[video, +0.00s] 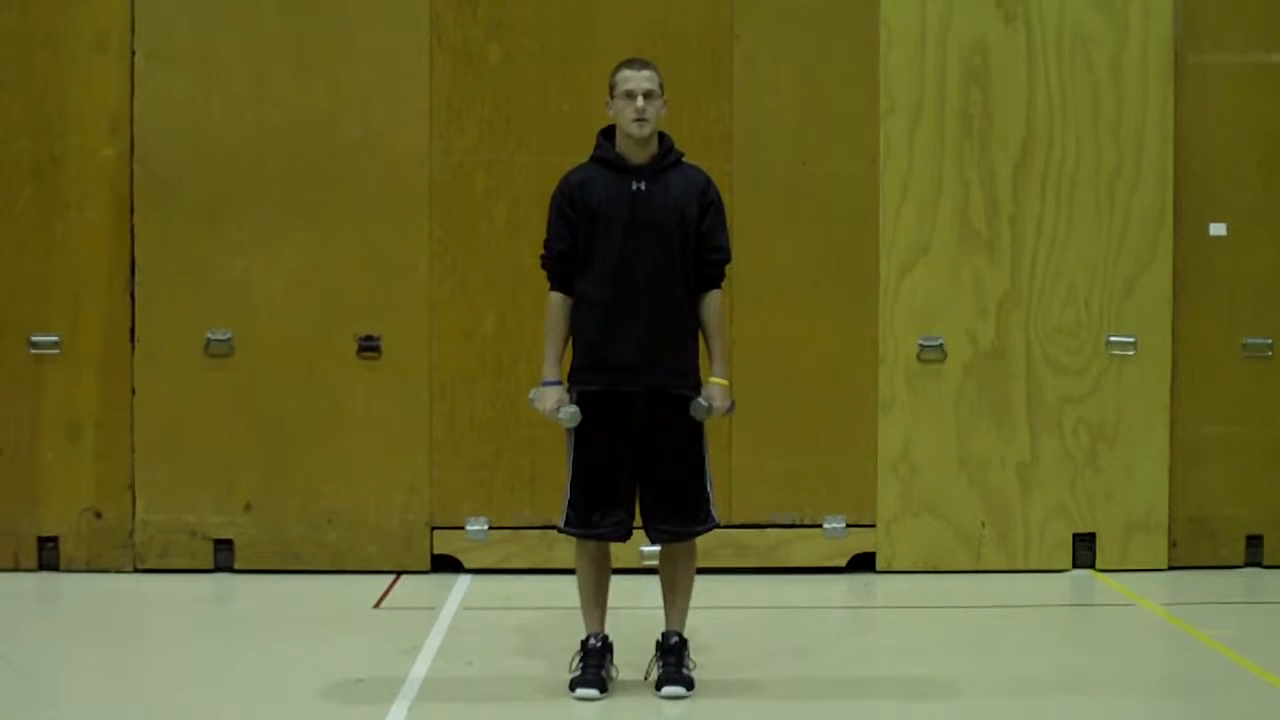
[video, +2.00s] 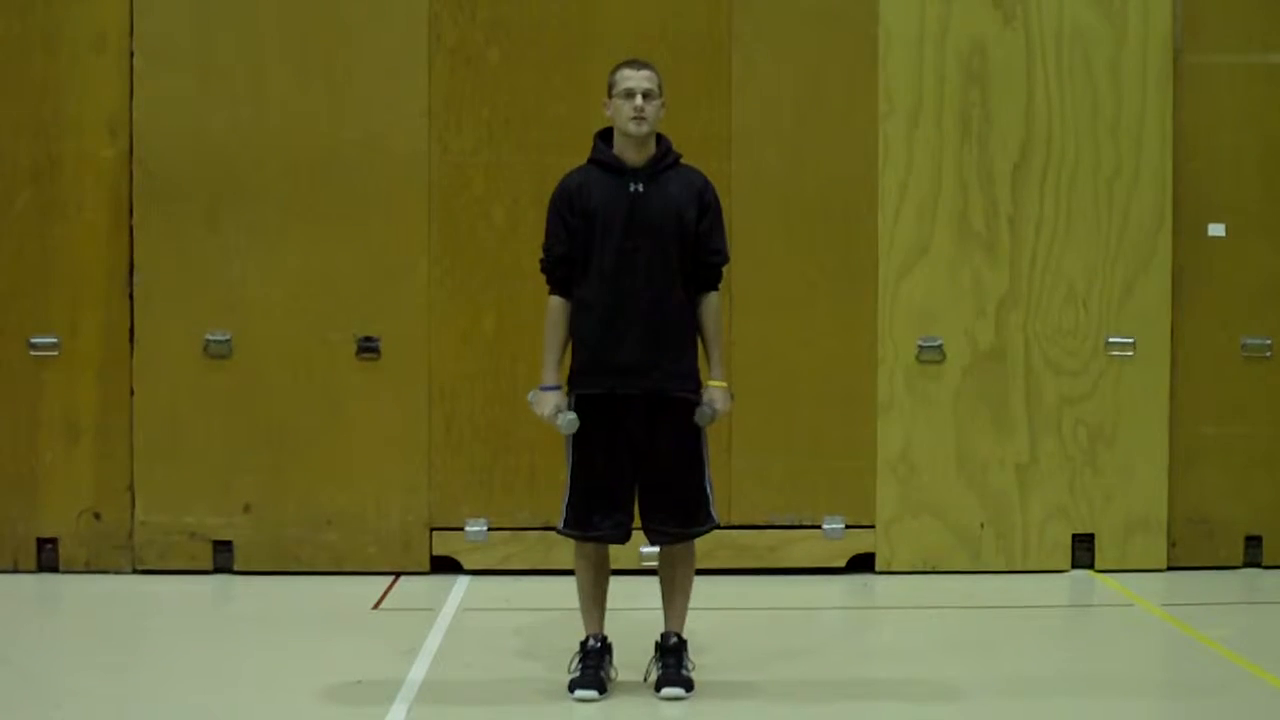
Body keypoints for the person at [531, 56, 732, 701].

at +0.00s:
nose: (640, 106)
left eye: (650, 96)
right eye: (629, 96)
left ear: (665, 106)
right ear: (610, 107)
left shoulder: (695, 187)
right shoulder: (578, 186)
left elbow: (710, 287)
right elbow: (560, 288)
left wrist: (719, 372)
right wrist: (551, 376)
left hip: (672, 383)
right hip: (597, 383)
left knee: (678, 523)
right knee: (593, 521)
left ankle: (673, 647)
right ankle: (594, 647)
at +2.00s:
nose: (639, 105)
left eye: (649, 96)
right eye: (628, 95)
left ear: (663, 108)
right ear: (608, 107)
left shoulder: (693, 188)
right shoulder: (577, 188)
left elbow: (709, 289)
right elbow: (560, 292)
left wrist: (717, 375)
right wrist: (551, 381)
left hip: (672, 384)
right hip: (597, 384)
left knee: (677, 523)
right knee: (592, 521)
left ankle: (673, 648)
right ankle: (593, 647)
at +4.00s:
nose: (644, 108)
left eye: (655, 99)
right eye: (634, 98)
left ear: (669, 109)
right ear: (613, 107)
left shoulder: (696, 188)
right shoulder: (580, 188)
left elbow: (711, 289)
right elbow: (563, 291)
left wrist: (719, 373)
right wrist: (556, 379)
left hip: (674, 384)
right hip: (599, 384)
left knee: (679, 523)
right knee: (594, 522)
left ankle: (673, 647)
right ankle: (594, 647)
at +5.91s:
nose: (639, 142)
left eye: (648, 130)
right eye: (631, 130)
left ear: (676, 117)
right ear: (622, 123)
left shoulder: (722, 193)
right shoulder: (604, 190)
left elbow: (734, 291)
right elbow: (584, 285)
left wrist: (733, 378)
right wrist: (565, 370)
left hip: (691, 389)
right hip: (616, 385)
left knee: (687, 526)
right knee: (606, 522)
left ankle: (676, 649)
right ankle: (601, 646)